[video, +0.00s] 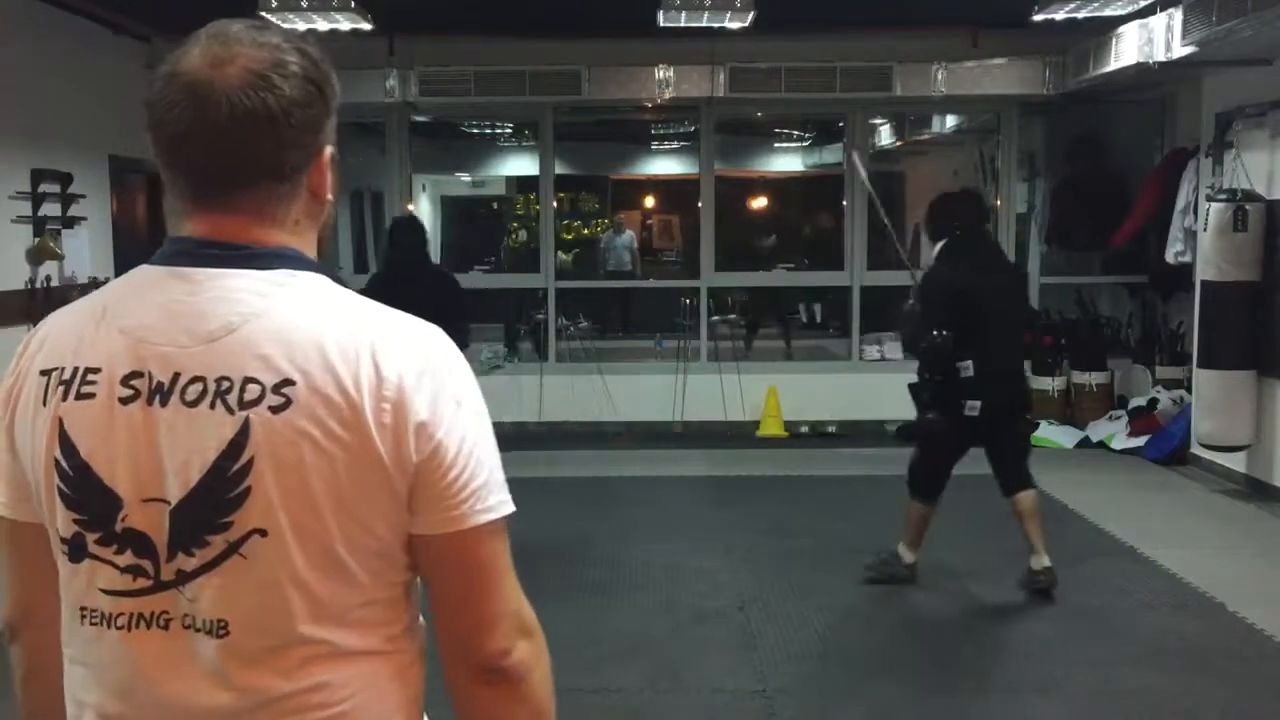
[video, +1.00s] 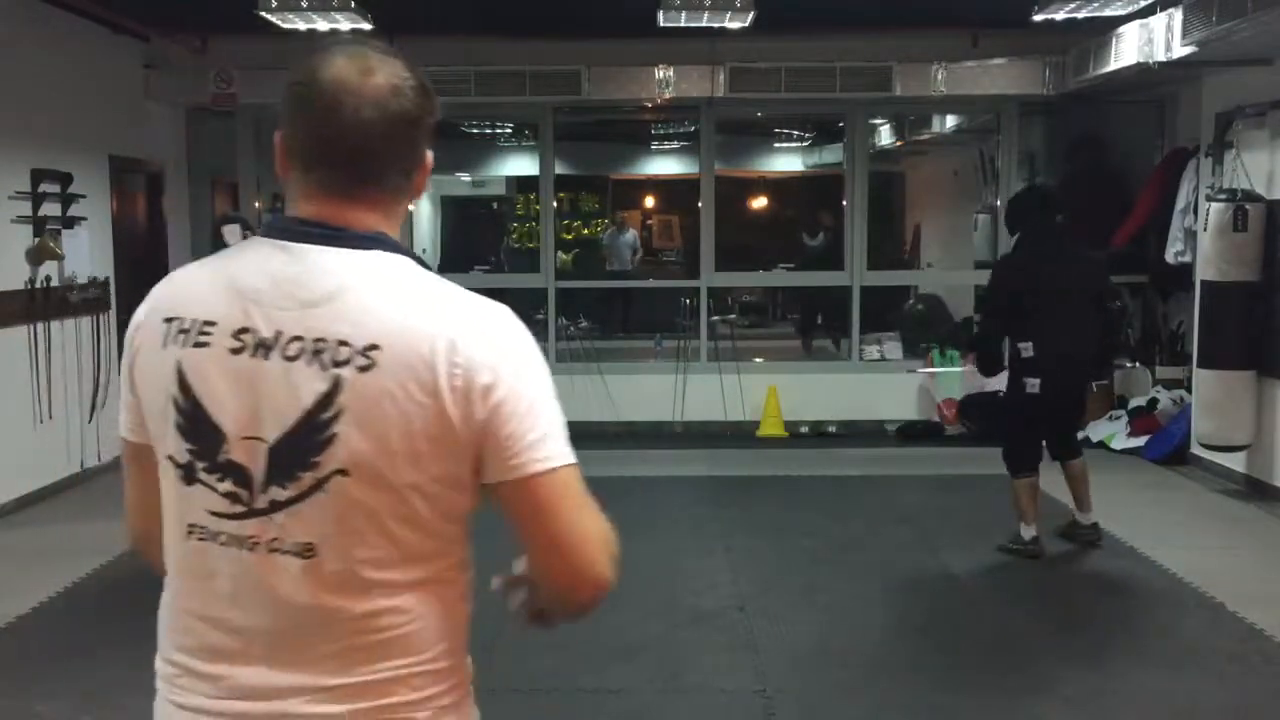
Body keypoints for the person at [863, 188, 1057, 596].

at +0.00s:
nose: (927, 238)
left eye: (930, 231)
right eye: (928, 231)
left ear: (944, 230)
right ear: (978, 225)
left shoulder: (944, 273)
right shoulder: (1006, 267)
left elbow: (934, 343)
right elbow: (1023, 328)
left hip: (959, 397)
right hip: (1009, 392)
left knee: (926, 477)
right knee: (1016, 476)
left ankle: (906, 557)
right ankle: (1042, 562)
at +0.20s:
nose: (964, 230)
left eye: (967, 224)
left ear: (974, 225)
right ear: (1016, 222)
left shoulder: (965, 272)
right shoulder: (1044, 269)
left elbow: (951, 340)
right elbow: (1064, 331)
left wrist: (946, 390)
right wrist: (1045, 367)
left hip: (980, 387)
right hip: (1035, 388)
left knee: (959, 463)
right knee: (1037, 472)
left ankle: (953, 542)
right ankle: (1043, 563)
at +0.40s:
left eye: (997, 224)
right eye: (1030, 223)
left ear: (992, 226)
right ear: (1034, 226)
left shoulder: (978, 273)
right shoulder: (1060, 272)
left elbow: (955, 339)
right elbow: (1088, 332)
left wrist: (952, 391)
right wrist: (1069, 369)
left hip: (1001, 386)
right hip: (1051, 385)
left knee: (1003, 462)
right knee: (1045, 469)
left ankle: (1013, 531)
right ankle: (1040, 559)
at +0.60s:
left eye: (1000, 228)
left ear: (997, 230)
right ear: (1038, 228)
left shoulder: (983, 277)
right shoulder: (1064, 274)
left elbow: (959, 340)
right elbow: (1096, 329)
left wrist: (956, 393)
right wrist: (1087, 376)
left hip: (1010, 382)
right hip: (1060, 382)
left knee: (1015, 460)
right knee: (1058, 459)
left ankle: (1029, 537)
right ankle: (1043, 529)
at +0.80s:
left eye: (1002, 219)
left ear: (1002, 223)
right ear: (1044, 220)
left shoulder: (989, 269)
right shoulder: (1068, 262)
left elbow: (972, 330)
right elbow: (1097, 316)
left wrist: (969, 384)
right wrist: (1094, 367)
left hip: (1015, 373)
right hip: (1063, 370)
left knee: (1015, 453)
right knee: (1064, 439)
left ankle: (1029, 535)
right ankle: (1058, 512)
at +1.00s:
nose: (1012, 229)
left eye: (1013, 222)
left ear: (1018, 223)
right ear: (1055, 217)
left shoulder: (1011, 266)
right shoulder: (1082, 257)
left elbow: (993, 322)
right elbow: (1105, 313)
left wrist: (989, 363)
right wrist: (1099, 361)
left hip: (1030, 368)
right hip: (1075, 364)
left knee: (1021, 446)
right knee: (1064, 437)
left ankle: (1028, 533)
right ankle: (1086, 521)